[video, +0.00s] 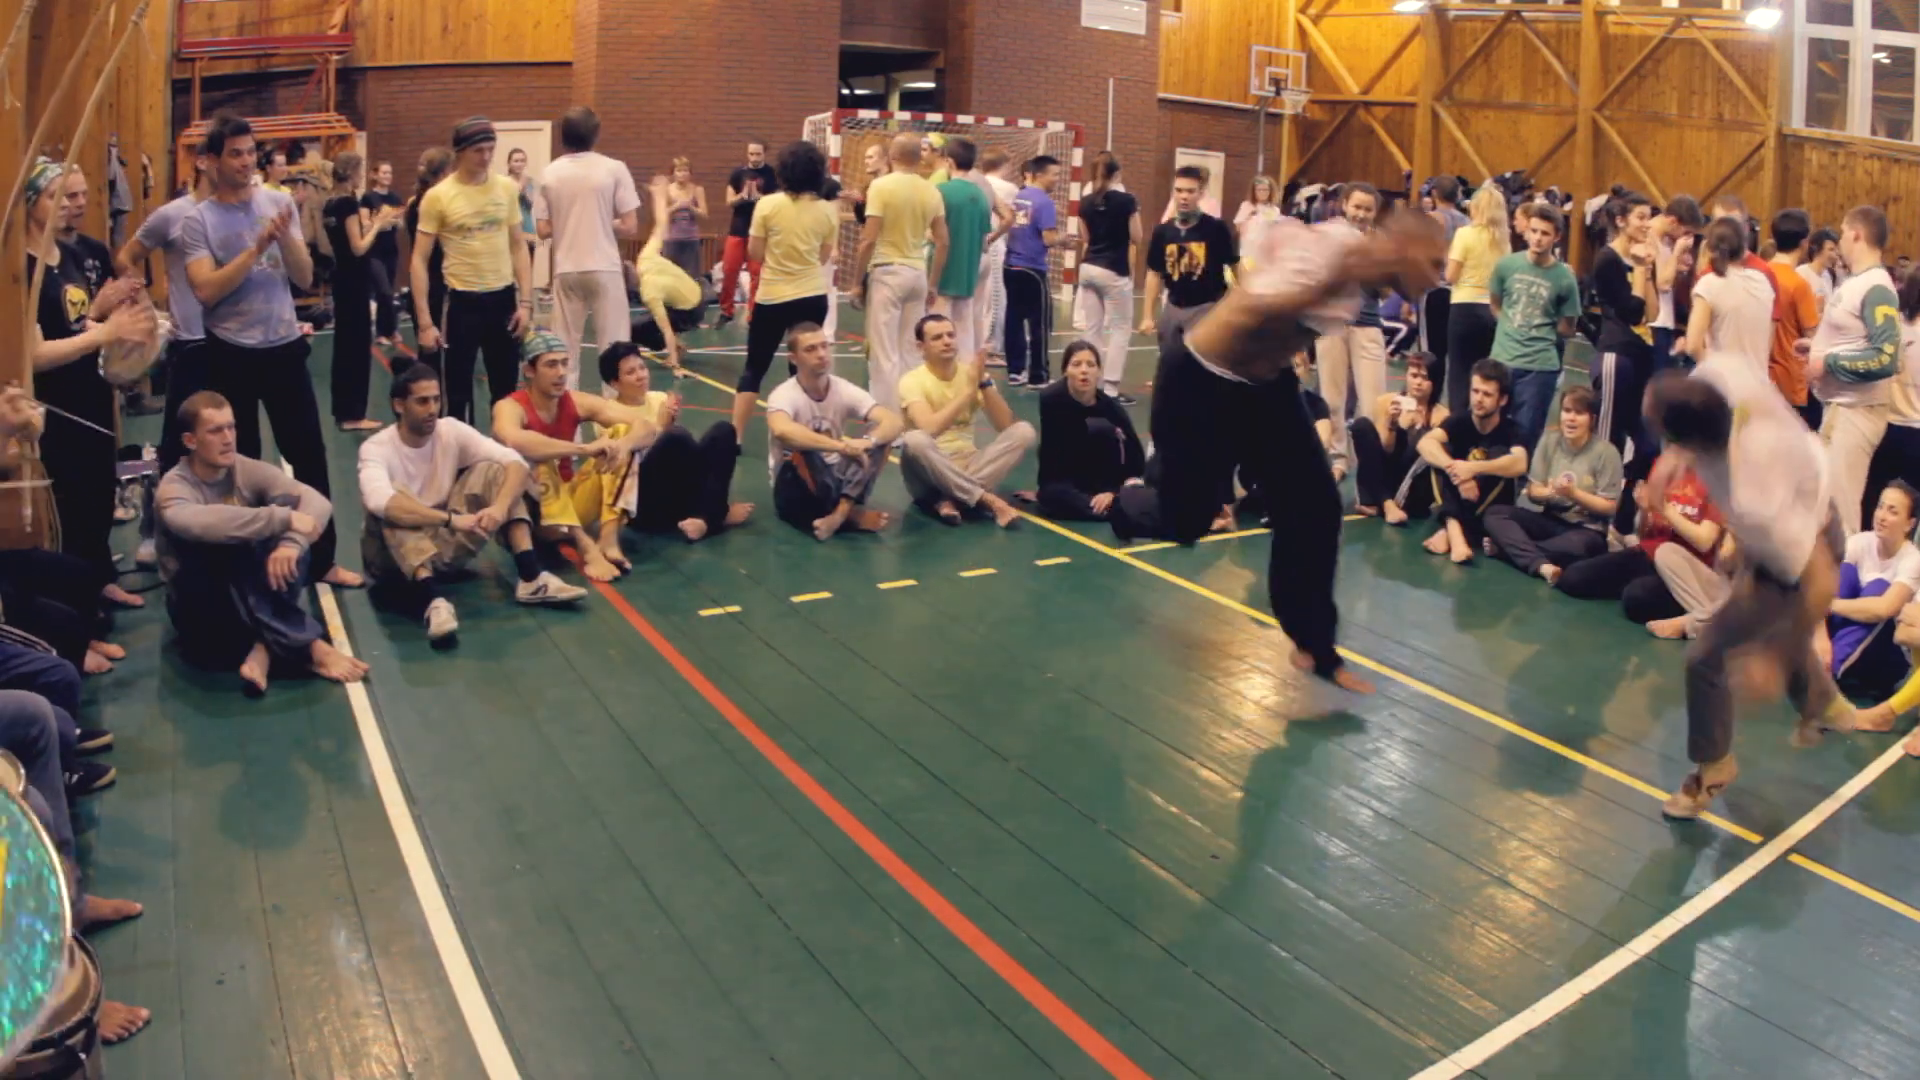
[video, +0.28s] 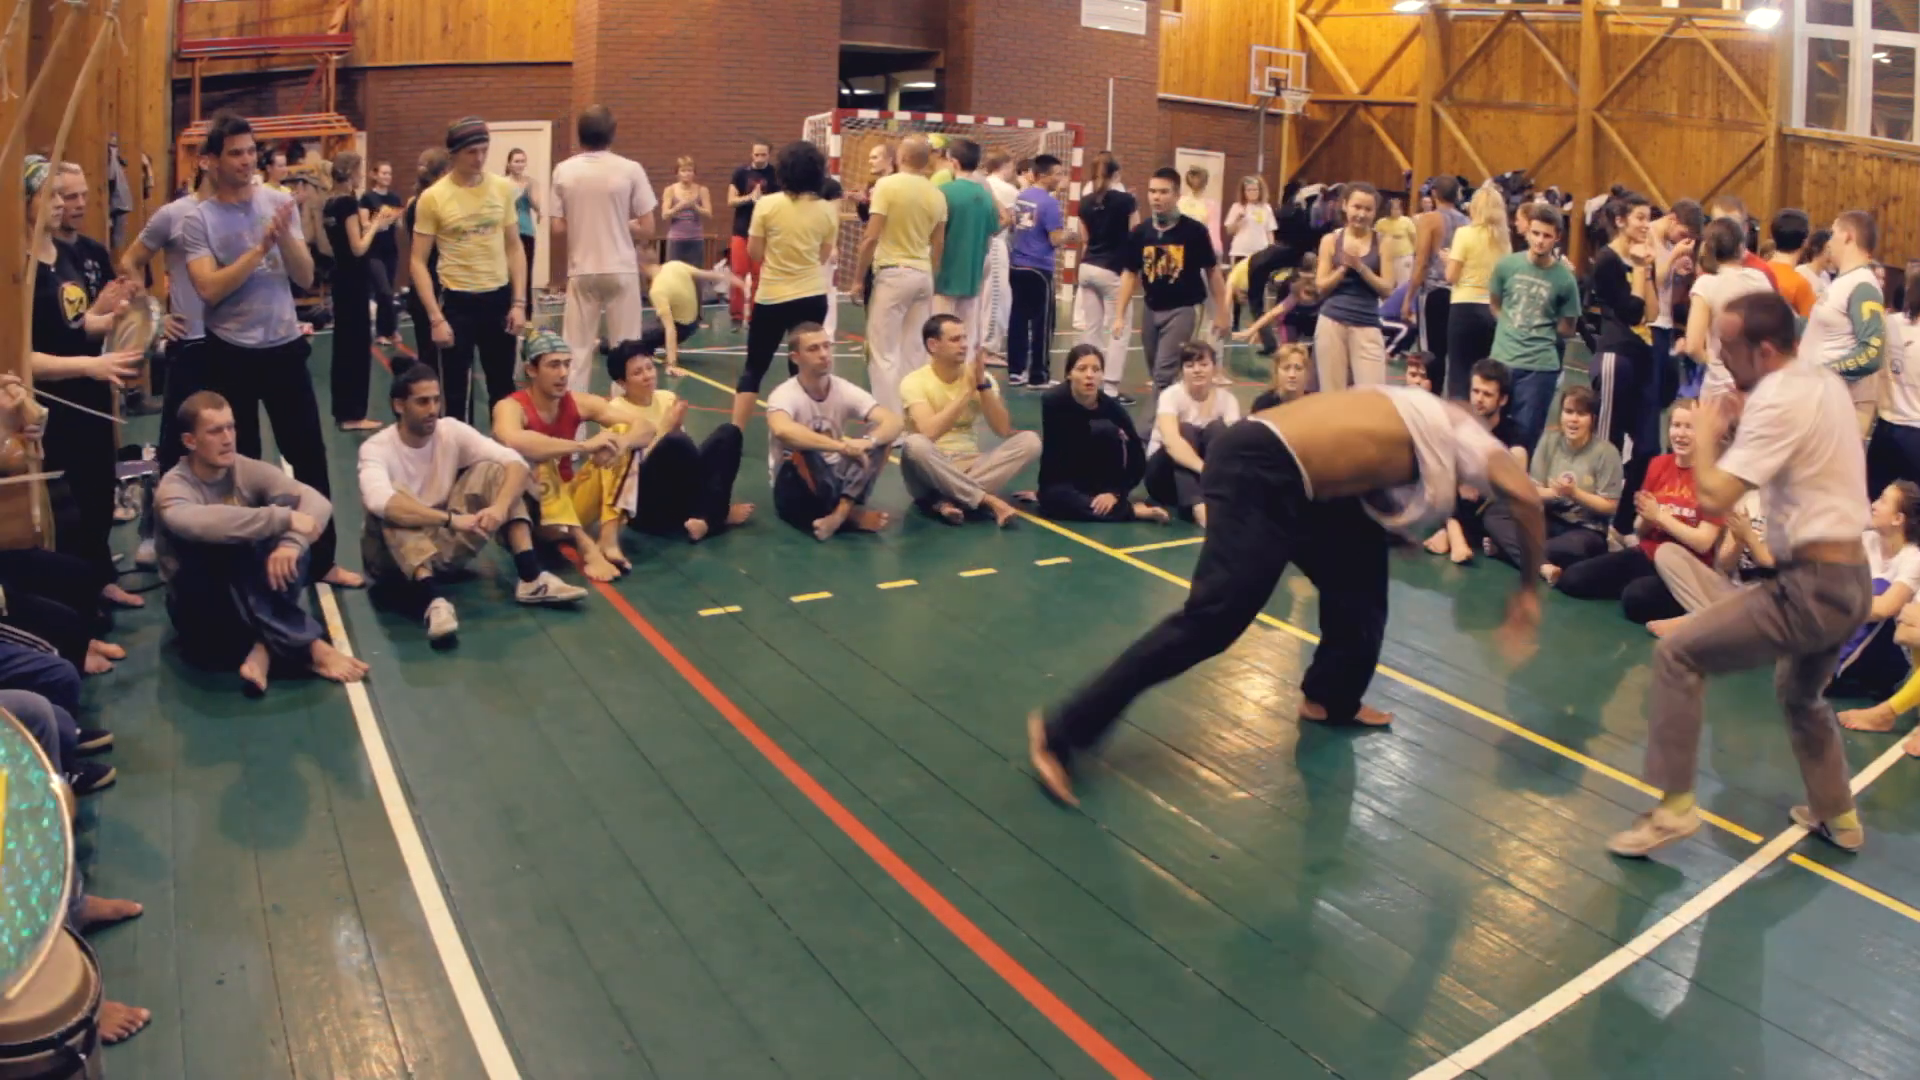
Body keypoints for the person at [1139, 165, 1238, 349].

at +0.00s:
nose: (1183, 197)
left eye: (1190, 191)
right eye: (1179, 191)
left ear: (1201, 194)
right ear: (1173, 193)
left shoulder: (1217, 229)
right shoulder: (1162, 232)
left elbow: (1236, 267)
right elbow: (1153, 274)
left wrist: (1246, 302)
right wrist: (1147, 316)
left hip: (1207, 310)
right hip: (1172, 309)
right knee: (1169, 370)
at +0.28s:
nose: (1157, 198)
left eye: (1163, 192)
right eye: (1153, 192)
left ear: (1177, 195)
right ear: (1147, 194)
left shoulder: (1195, 231)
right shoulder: (1140, 233)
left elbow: (1212, 271)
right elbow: (1130, 273)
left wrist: (1222, 313)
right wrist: (1119, 315)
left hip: (1182, 311)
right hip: (1151, 311)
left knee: (1163, 374)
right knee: (1158, 373)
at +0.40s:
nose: (1152, 198)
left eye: (1160, 192)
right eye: (1149, 191)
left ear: (1174, 196)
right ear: (1144, 194)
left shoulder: (1188, 235)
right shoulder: (1134, 230)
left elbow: (1201, 281)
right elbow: (1125, 270)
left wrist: (1202, 325)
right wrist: (1114, 309)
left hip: (1169, 311)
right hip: (1140, 310)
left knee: (1150, 376)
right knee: (1147, 374)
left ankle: (1140, 438)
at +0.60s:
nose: (1148, 198)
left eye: (1156, 193)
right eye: (1145, 191)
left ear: (1170, 199)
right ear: (1140, 192)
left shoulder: (1177, 237)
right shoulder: (1129, 222)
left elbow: (1182, 283)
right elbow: (1115, 261)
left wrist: (1169, 323)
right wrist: (1104, 301)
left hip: (1152, 314)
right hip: (1123, 309)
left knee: (1140, 383)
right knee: (1116, 372)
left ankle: (1135, 440)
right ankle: (1133, 423)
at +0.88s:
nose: (1133, 198)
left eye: (1141, 193)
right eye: (1130, 191)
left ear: (1154, 197)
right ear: (1124, 192)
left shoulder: (1163, 236)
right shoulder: (1107, 223)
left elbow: (1168, 281)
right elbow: (1098, 264)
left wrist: (1143, 314)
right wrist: (1083, 304)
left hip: (1141, 316)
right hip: (1107, 310)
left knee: (1135, 383)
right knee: (1096, 375)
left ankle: (1133, 436)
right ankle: (1091, 431)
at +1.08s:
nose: (1110, 199)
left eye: (1117, 194)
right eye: (1106, 192)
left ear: (1131, 198)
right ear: (1099, 195)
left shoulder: (1145, 236)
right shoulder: (1087, 230)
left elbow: (1155, 281)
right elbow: (1077, 271)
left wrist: (1155, 328)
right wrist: (1071, 314)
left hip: (1132, 316)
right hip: (1095, 314)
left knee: (1132, 383)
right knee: (1087, 379)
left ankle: (1133, 439)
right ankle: (1083, 436)